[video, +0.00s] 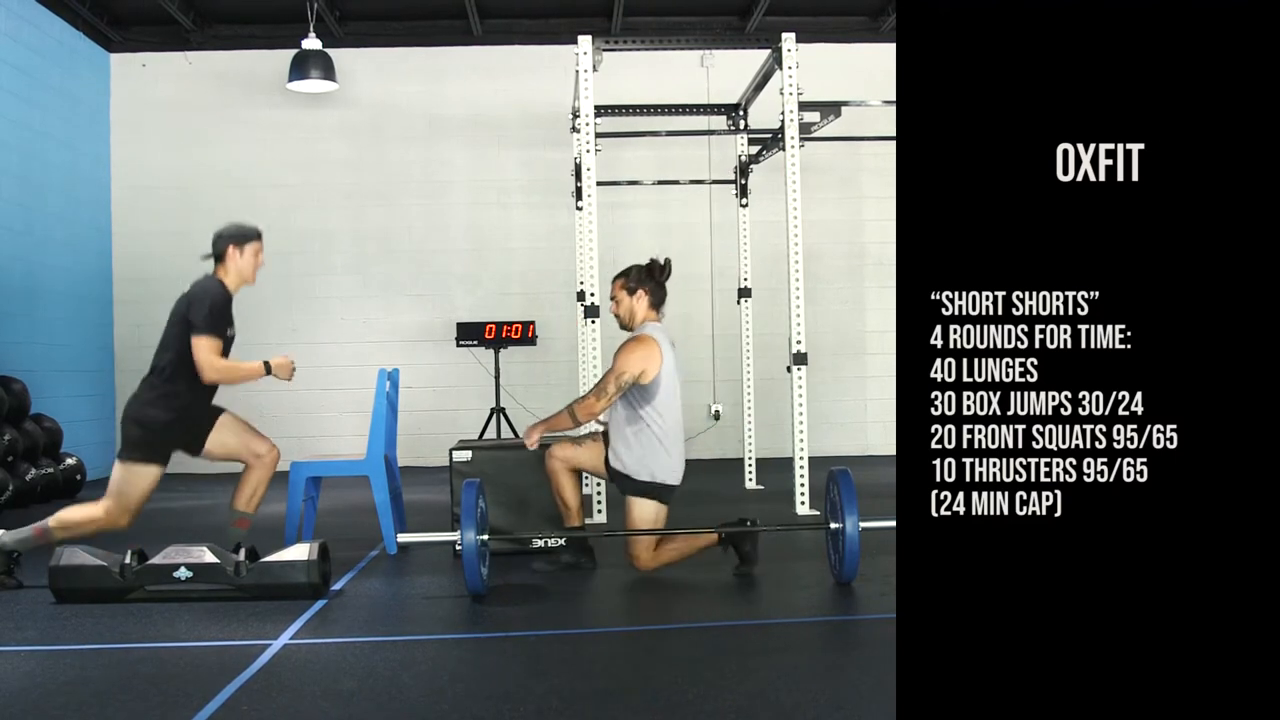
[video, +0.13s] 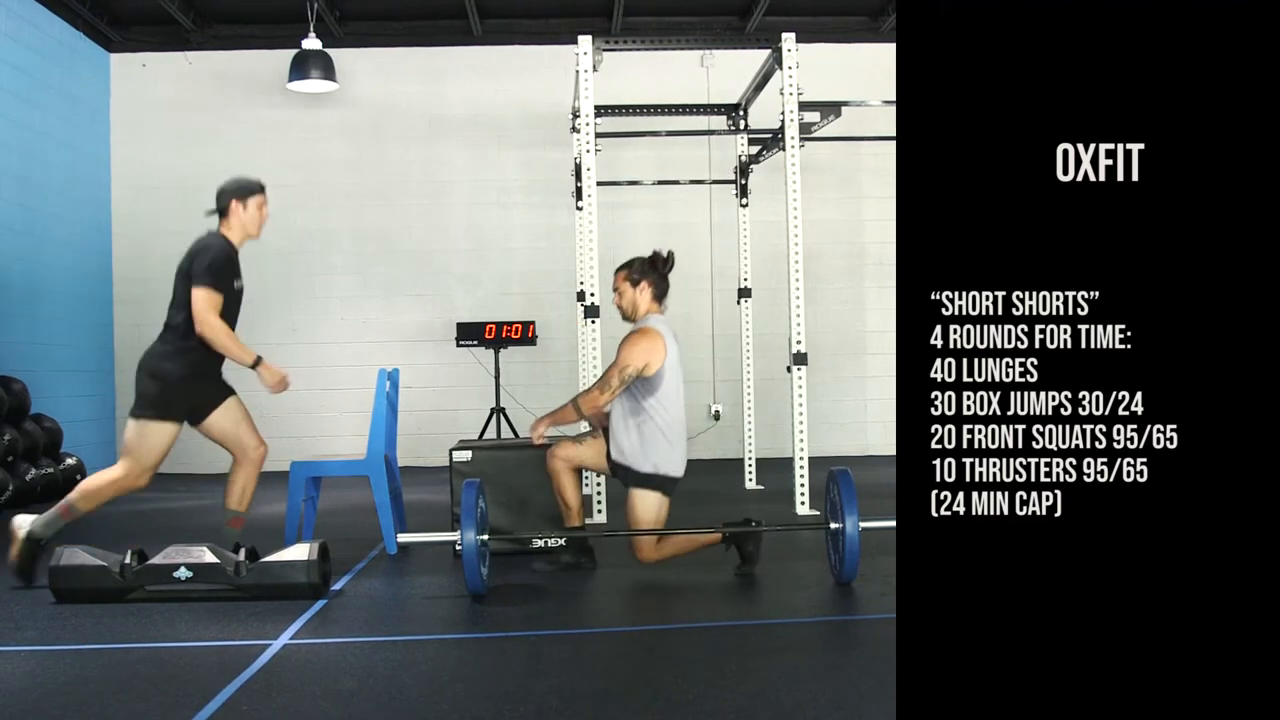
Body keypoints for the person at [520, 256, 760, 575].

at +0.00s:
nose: (612, 308)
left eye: (616, 299)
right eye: (612, 301)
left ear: (640, 296)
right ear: (641, 297)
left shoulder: (639, 348)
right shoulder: (653, 340)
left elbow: (591, 406)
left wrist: (541, 427)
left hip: (651, 464)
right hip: (627, 450)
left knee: (643, 557)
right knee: (558, 455)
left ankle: (729, 533)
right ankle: (576, 545)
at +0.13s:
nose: (615, 300)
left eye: (619, 291)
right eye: (615, 292)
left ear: (643, 289)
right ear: (644, 290)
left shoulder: (644, 339)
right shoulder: (653, 332)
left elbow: (597, 397)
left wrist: (547, 420)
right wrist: (596, 417)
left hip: (653, 457)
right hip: (631, 445)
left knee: (647, 551)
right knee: (560, 456)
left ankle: (733, 533)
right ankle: (577, 545)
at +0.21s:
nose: (623, 280)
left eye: (627, 271)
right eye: (623, 272)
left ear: (651, 269)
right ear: (653, 271)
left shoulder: (651, 321)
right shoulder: (662, 312)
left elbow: (607, 377)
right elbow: (643, 379)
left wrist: (558, 404)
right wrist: (605, 399)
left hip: (661, 438)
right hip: (637, 428)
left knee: (658, 531)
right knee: (570, 455)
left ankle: (744, 530)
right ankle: (577, 543)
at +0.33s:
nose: (634, 240)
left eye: (638, 232)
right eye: (633, 232)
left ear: (662, 228)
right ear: (663, 230)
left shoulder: (664, 278)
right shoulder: (675, 274)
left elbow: (630, 338)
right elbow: (666, 341)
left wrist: (589, 377)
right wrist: (629, 368)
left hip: (683, 400)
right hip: (660, 397)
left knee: (690, 487)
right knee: (613, 449)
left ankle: (768, 535)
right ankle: (593, 536)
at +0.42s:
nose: (640, 224)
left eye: (644, 216)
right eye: (640, 217)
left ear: (667, 212)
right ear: (672, 214)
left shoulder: (672, 260)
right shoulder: (685, 256)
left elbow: (645, 319)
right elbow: (677, 323)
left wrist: (605, 365)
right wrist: (641, 353)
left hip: (693, 382)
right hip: (674, 381)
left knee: (718, 466)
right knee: (628, 437)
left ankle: (776, 539)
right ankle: (644, 529)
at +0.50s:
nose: (645, 219)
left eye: (649, 210)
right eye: (644, 211)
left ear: (672, 206)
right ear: (675, 208)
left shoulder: (677, 254)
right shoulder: (684, 253)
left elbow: (654, 313)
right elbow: (673, 323)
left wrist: (613, 358)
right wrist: (640, 351)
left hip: (702, 378)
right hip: (680, 378)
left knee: (735, 458)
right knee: (649, 443)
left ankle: (779, 540)